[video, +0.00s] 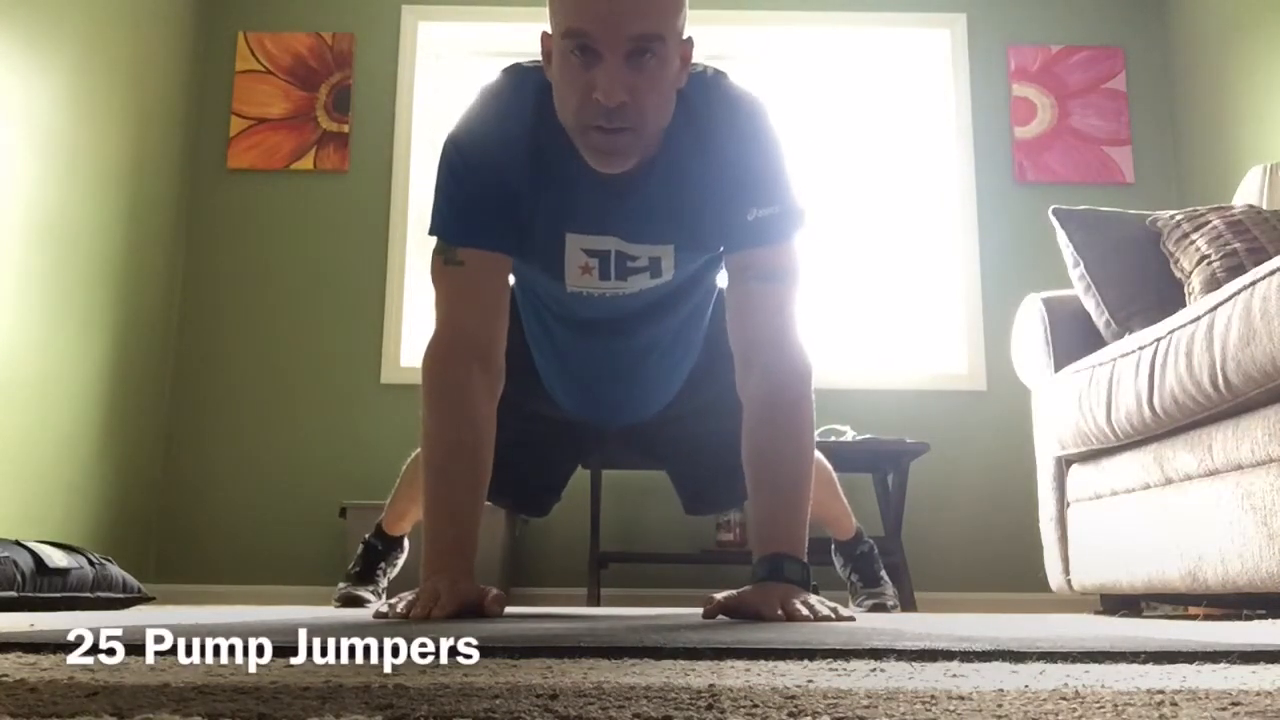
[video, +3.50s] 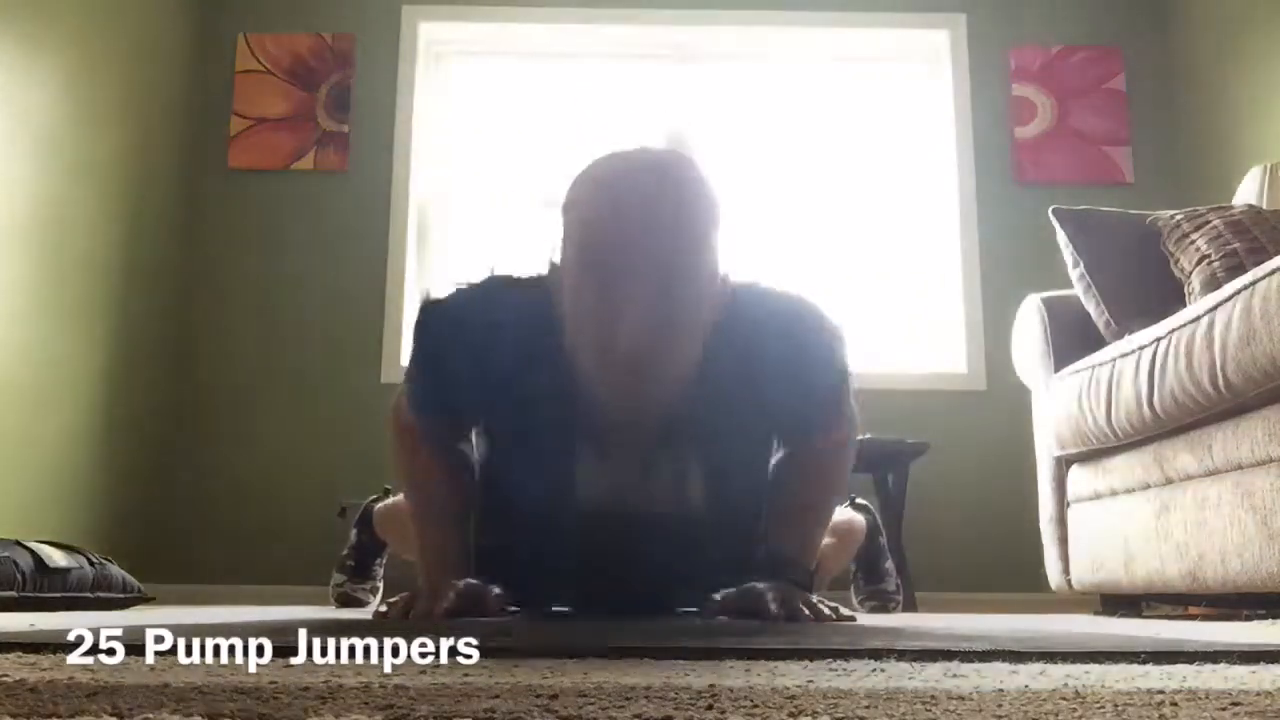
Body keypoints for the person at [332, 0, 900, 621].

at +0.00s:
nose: (609, 90)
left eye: (642, 55)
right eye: (583, 53)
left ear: (684, 60)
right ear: (547, 53)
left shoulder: (733, 129)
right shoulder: (495, 132)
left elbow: (773, 361)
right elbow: (462, 358)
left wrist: (782, 575)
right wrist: (447, 579)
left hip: (689, 358)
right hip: (537, 356)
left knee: (787, 463)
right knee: (448, 456)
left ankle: (858, 554)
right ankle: (381, 546)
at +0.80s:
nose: (626, 160)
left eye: (645, 134)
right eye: (602, 134)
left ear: (693, 54)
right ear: (561, 57)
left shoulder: (748, 108)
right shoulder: (494, 115)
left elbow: (783, 360)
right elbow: (462, 353)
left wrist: (784, 576)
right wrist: (446, 582)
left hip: (694, 330)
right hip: (544, 329)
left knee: (794, 454)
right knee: (449, 452)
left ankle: (859, 545)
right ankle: (385, 545)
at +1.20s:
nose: (623, 238)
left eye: (644, 225)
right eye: (600, 225)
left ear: (694, 139)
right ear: (552, 142)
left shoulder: (743, 122)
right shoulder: (496, 126)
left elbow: (782, 366)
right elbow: (463, 356)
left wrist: (779, 572)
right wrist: (448, 578)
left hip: (692, 329)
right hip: (539, 327)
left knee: (786, 438)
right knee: (455, 423)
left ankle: (858, 542)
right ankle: (387, 533)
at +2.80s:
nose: (623, 235)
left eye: (657, 199)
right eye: (591, 198)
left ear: (700, 179)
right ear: (554, 179)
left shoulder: (761, 233)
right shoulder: (479, 234)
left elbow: (797, 402)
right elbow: (440, 408)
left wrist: (779, 573)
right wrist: (447, 582)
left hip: (704, 420)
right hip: (532, 419)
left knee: (801, 469)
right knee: (435, 462)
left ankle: (859, 540)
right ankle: (380, 532)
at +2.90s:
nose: (627, 322)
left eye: (661, 282)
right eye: (593, 279)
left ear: (709, 268)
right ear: (551, 266)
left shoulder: (768, 306)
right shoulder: (471, 306)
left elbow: (804, 434)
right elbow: (435, 431)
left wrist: (781, 575)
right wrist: (445, 587)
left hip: (708, 465)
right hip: (530, 466)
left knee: (800, 482)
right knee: (437, 477)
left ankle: (859, 540)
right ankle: (374, 533)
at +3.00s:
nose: (627, 410)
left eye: (659, 369)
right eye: (596, 369)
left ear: (713, 344)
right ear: (547, 342)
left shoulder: (789, 369)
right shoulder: (462, 360)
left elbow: (825, 427)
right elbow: (418, 432)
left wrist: (781, 572)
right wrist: (448, 578)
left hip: (714, 530)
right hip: (525, 529)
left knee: (830, 521)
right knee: (417, 516)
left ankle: (860, 544)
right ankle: (369, 534)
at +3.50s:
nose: (628, 337)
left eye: (662, 306)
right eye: (604, 297)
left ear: (715, 281)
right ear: (563, 268)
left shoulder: (790, 340)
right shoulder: (471, 329)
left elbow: (826, 434)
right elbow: (421, 426)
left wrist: (778, 576)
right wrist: (446, 584)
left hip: (706, 585)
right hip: (531, 580)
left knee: (842, 534)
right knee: (402, 524)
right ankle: (382, 521)